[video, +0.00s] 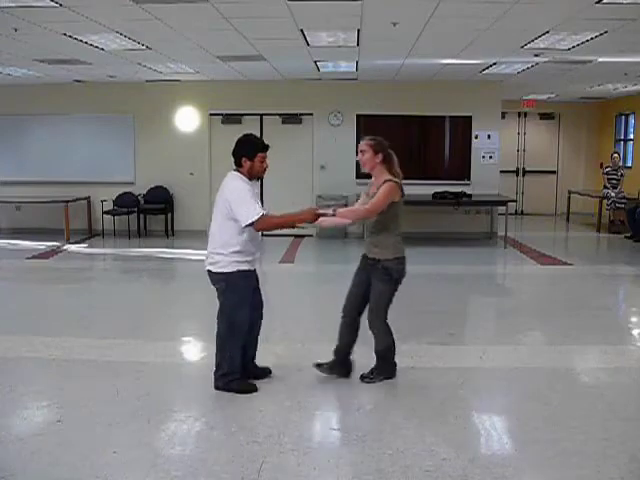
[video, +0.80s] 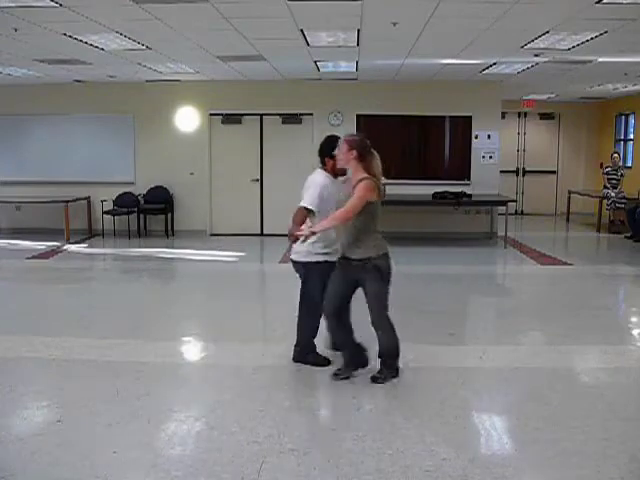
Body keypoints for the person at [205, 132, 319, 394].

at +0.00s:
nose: (266, 165)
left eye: (266, 159)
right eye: (262, 160)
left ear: (249, 161)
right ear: (245, 162)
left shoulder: (246, 184)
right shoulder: (236, 185)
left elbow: (260, 219)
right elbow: (259, 223)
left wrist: (295, 219)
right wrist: (299, 218)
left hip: (243, 264)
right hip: (229, 266)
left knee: (252, 314)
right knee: (234, 320)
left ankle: (246, 365)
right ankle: (227, 377)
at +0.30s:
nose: (279, 165)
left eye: (279, 160)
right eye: (275, 161)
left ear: (261, 162)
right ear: (259, 163)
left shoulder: (261, 185)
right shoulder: (251, 187)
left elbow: (284, 212)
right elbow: (257, 228)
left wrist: (315, 214)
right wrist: (294, 231)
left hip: (246, 261)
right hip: (245, 263)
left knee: (241, 312)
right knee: (261, 312)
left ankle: (234, 356)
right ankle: (236, 367)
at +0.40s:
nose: (290, 165)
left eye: (290, 160)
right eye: (285, 161)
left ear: (272, 164)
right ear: (270, 163)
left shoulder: (267, 185)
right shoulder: (265, 188)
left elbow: (286, 214)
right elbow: (264, 227)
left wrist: (315, 214)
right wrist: (299, 235)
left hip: (249, 258)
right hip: (258, 259)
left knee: (244, 304)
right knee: (284, 304)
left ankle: (232, 351)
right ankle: (262, 357)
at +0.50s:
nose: (304, 166)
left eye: (304, 161)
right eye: (300, 161)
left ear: (285, 165)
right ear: (285, 164)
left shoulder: (276, 183)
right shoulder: (279, 188)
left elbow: (287, 215)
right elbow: (274, 224)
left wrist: (314, 212)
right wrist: (303, 235)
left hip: (267, 259)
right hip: (275, 261)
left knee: (259, 303)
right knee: (299, 306)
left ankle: (236, 347)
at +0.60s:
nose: (318, 166)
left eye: (318, 161)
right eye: (315, 162)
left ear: (300, 164)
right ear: (300, 164)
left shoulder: (297, 184)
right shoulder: (293, 187)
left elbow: (298, 214)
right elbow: (287, 222)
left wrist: (320, 208)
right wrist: (309, 235)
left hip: (290, 256)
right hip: (293, 257)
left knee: (290, 296)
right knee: (311, 303)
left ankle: (253, 333)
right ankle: (306, 351)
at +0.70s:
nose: (334, 164)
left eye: (333, 159)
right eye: (329, 160)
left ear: (317, 163)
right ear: (314, 162)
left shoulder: (316, 182)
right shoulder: (305, 183)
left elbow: (315, 208)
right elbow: (298, 214)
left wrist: (331, 201)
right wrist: (304, 231)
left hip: (313, 254)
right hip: (301, 257)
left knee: (324, 293)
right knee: (315, 299)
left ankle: (288, 326)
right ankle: (306, 350)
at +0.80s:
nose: (344, 163)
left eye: (344, 158)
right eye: (340, 158)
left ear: (334, 160)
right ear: (328, 161)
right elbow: (303, 212)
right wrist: (293, 241)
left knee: (337, 300)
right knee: (311, 306)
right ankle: (304, 349)